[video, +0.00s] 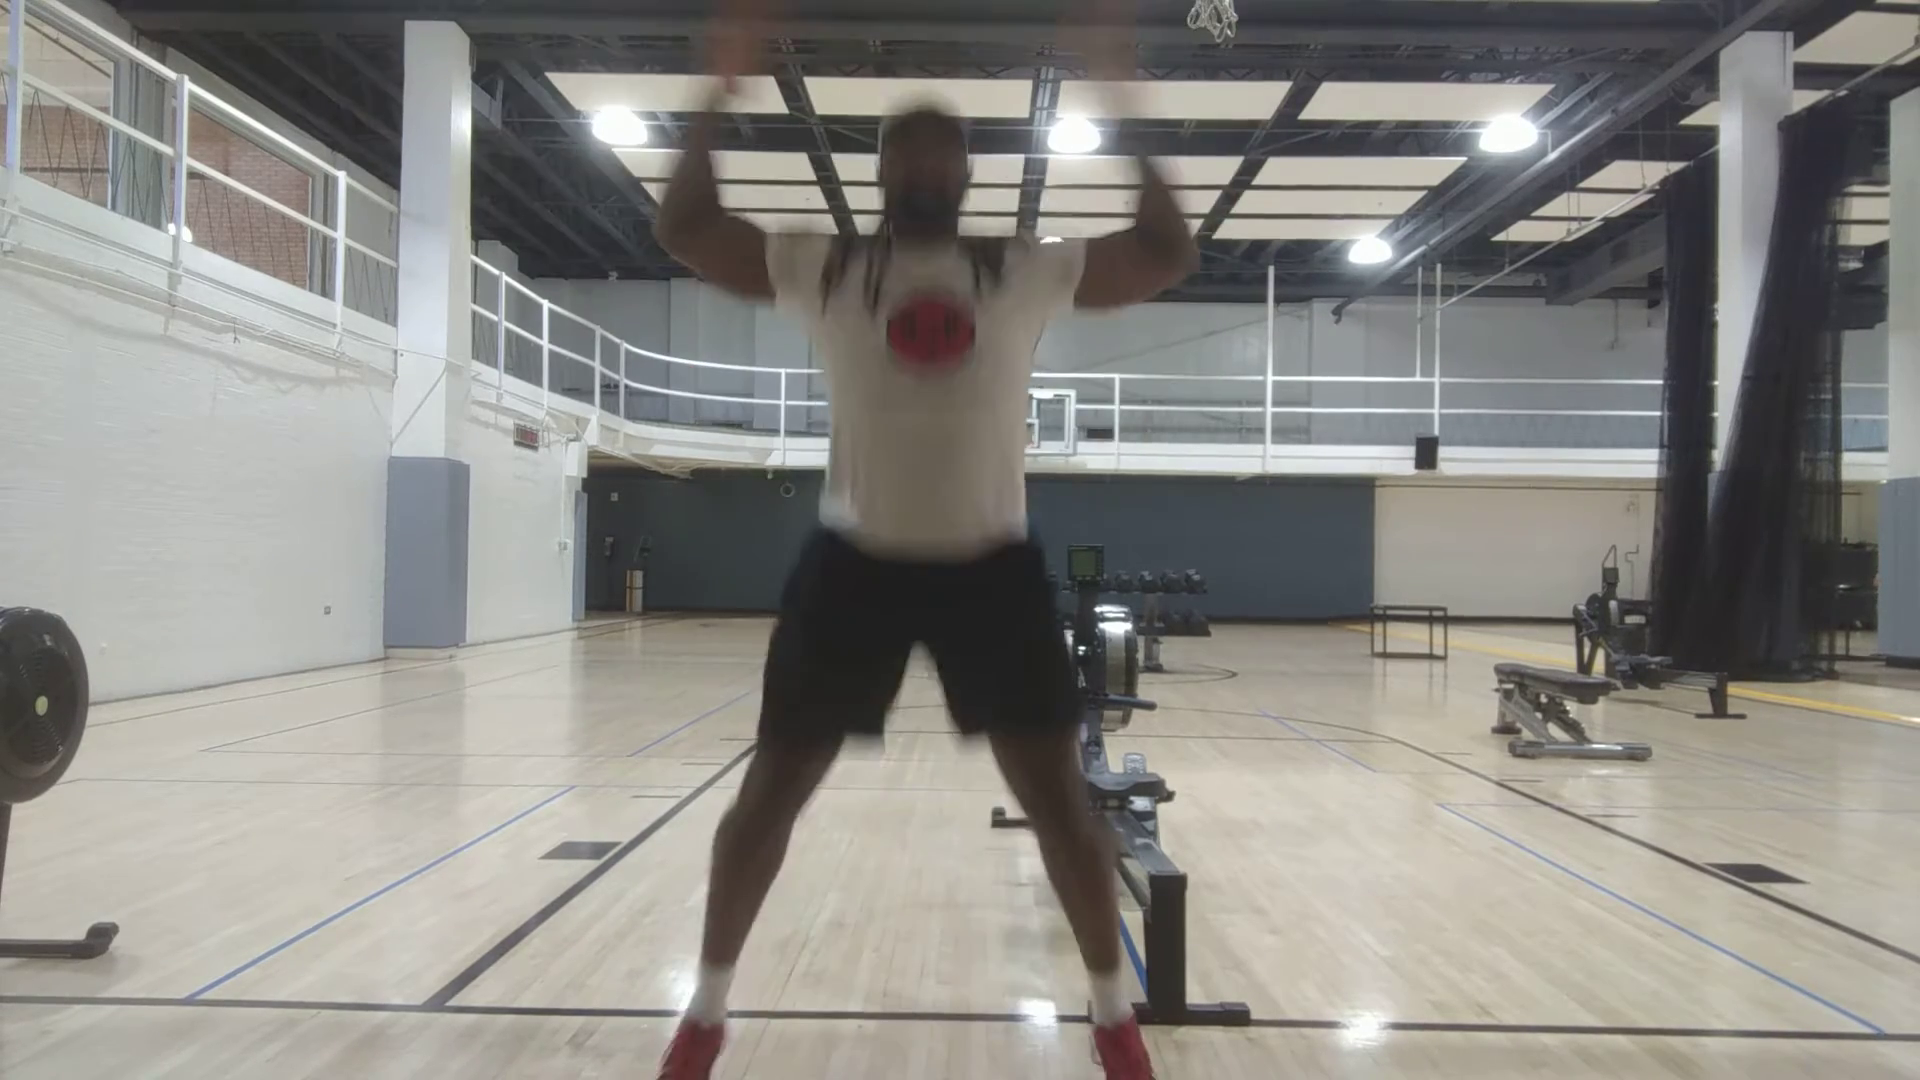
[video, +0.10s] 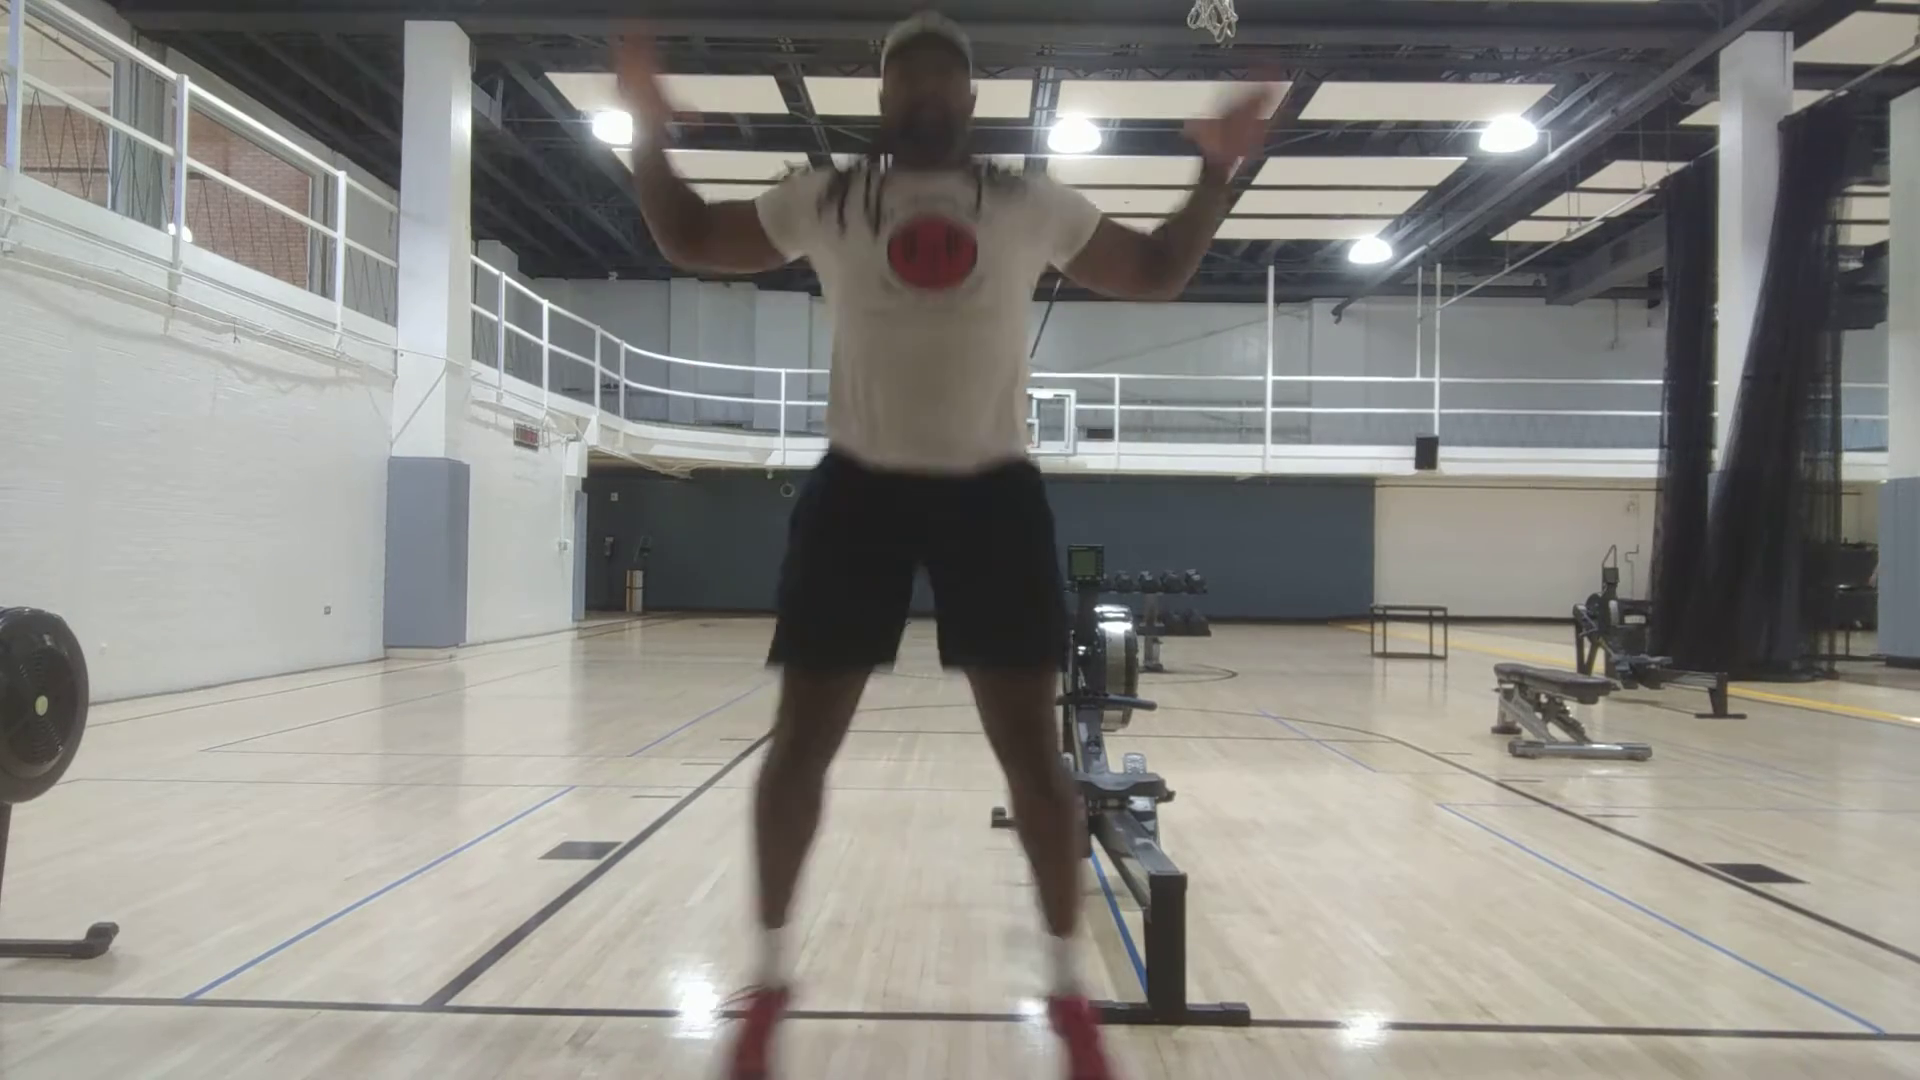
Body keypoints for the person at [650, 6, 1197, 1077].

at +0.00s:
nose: (921, 168)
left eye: (940, 153)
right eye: (904, 152)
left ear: (969, 172)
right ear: (876, 170)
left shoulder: (1026, 274)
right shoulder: (824, 270)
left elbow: (1166, 250)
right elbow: (686, 228)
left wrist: (1126, 96)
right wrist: (715, 92)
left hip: (993, 574)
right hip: (855, 570)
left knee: (1060, 803)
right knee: (770, 793)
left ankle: (1116, 1006)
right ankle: (706, 1008)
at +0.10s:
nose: (925, 91)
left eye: (944, 75)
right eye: (907, 74)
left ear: (975, 96)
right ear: (878, 94)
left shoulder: (1027, 198)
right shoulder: (826, 196)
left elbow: (1155, 270)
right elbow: (690, 238)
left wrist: (1218, 170)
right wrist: (648, 126)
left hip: (993, 498)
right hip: (857, 494)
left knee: (1033, 747)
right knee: (803, 735)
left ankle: (1070, 988)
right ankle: (768, 974)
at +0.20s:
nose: (935, 53)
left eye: (955, 40)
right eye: (916, 38)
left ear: (981, 72)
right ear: (883, 67)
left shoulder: (1030, 188)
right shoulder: (829, 187)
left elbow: (1108, 312)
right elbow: (735, 292)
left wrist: (1179, 284)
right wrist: (681, 260)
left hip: (992, 479)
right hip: (859, 476)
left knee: (1003, 741)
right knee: (841, 735)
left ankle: (991, 985)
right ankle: (848, 981)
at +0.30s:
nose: (933, 105)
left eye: (951, 88)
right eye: (916, 88)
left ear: (979, 109)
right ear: (886, 108)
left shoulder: (1032, 252)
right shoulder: (832, 245)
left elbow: (1066, 383)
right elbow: (782, 378)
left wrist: (1092, 400)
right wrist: (771, 367)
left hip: (992, 529)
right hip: (866, 525)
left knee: (988, 802)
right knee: (860, 790)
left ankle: (964, 1024)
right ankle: (872, 1025)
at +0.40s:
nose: (930, 182)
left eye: (949, 166)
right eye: (913, 165)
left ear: (977, 185)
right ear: (887, 181)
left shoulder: (1029, 313)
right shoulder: (830, 312)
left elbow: (1055, 467)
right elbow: (786, 458)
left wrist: (1067, 474)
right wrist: (804, 466)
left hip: (995, 594)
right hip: (865, 592)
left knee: (995, 840)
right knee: (867, 833)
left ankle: (955, 1041)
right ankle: (881, 1046)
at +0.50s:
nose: (933, 135)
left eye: (951, 118)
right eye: (916, 118)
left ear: (976, 136)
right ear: (888, 135)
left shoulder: (1030, 270)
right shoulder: (836, 264)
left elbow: (1086, 395)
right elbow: (776, 383)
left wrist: (1129, 396)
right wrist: (751, 387)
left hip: (998, 546)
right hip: (871, 545)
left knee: (998, 792)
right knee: (860, 782)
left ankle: (969, 1016)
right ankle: (869, 1019)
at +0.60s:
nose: (936, 61)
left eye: (955, 46)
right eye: (917, 46)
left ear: (984, 75)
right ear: (888, 74)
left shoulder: (1033, 191)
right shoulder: (839, 195)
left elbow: (1140, 313)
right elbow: (727, 311)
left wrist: (1198, 239)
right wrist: (662, 244)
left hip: (1006, 481)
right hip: (874, 479)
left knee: (1014, 729)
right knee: (846, 724)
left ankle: (1018, 980)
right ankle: (830, 975)